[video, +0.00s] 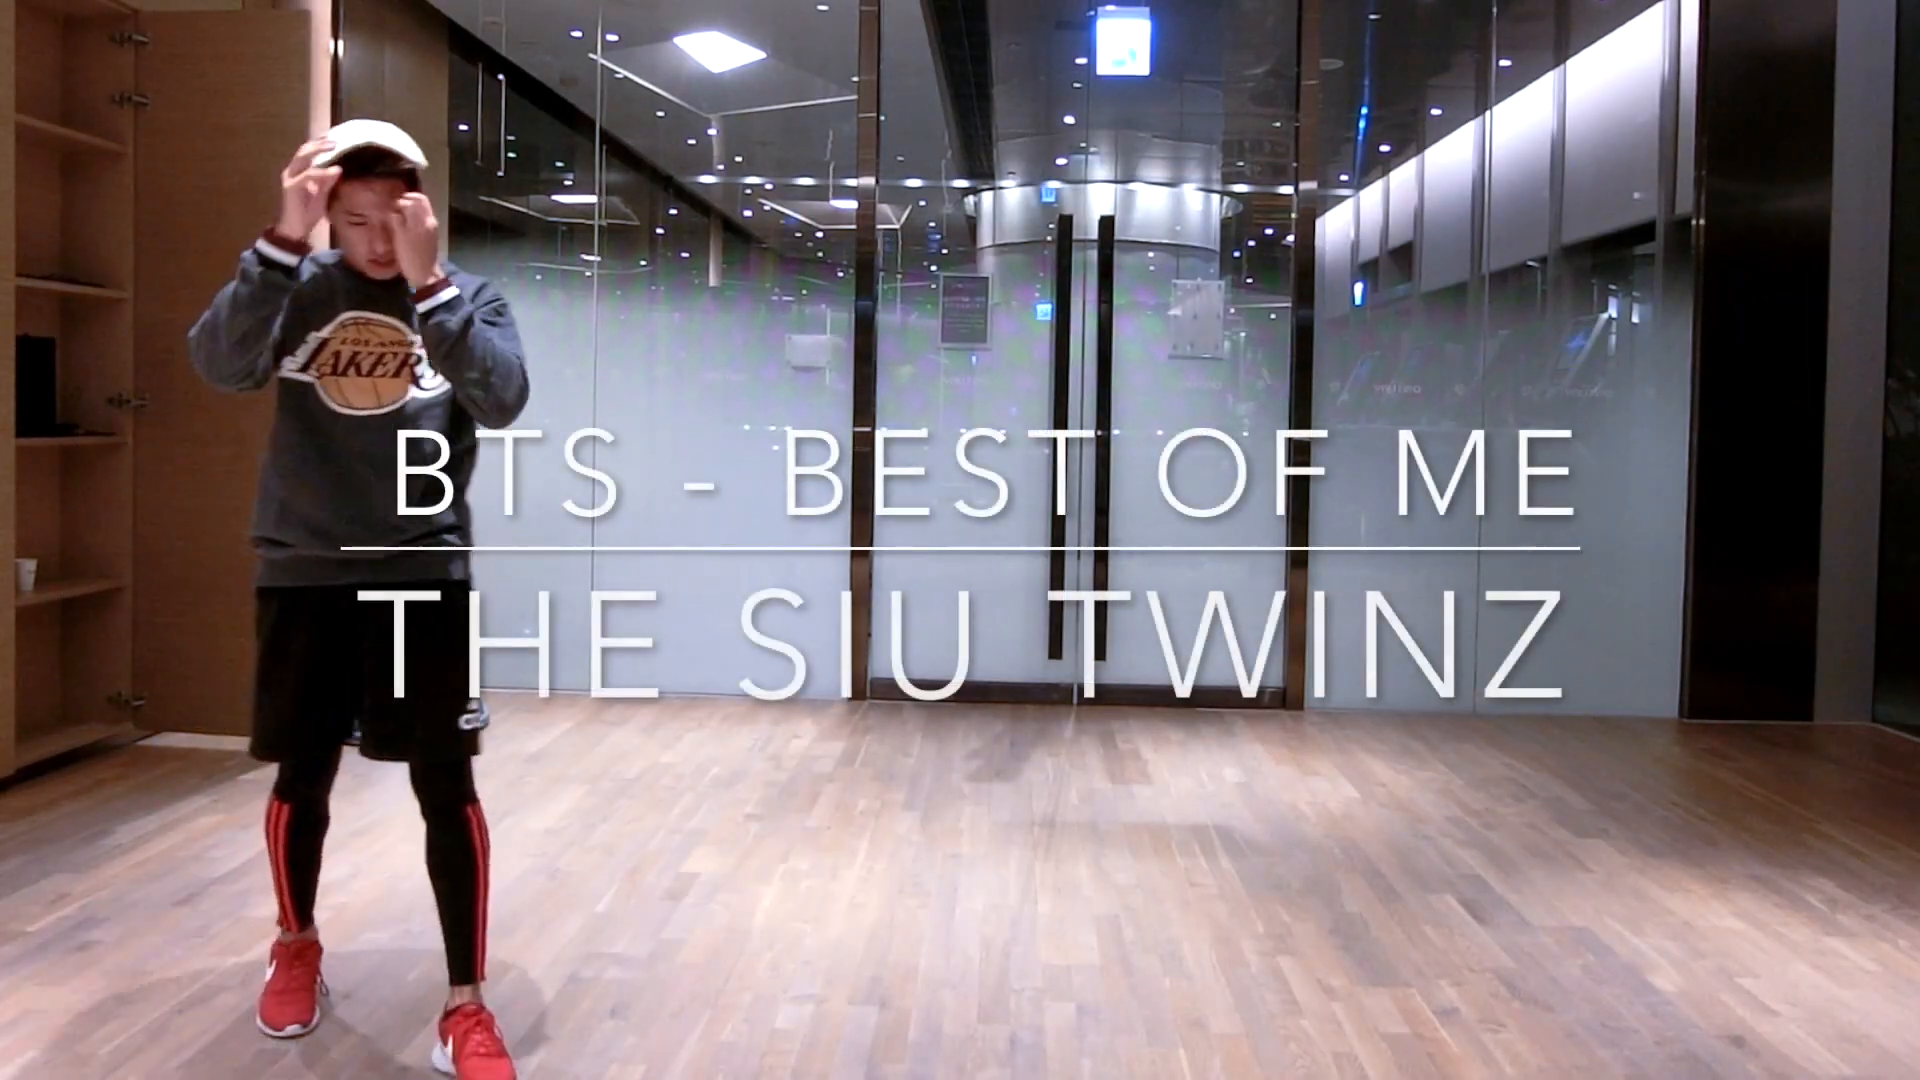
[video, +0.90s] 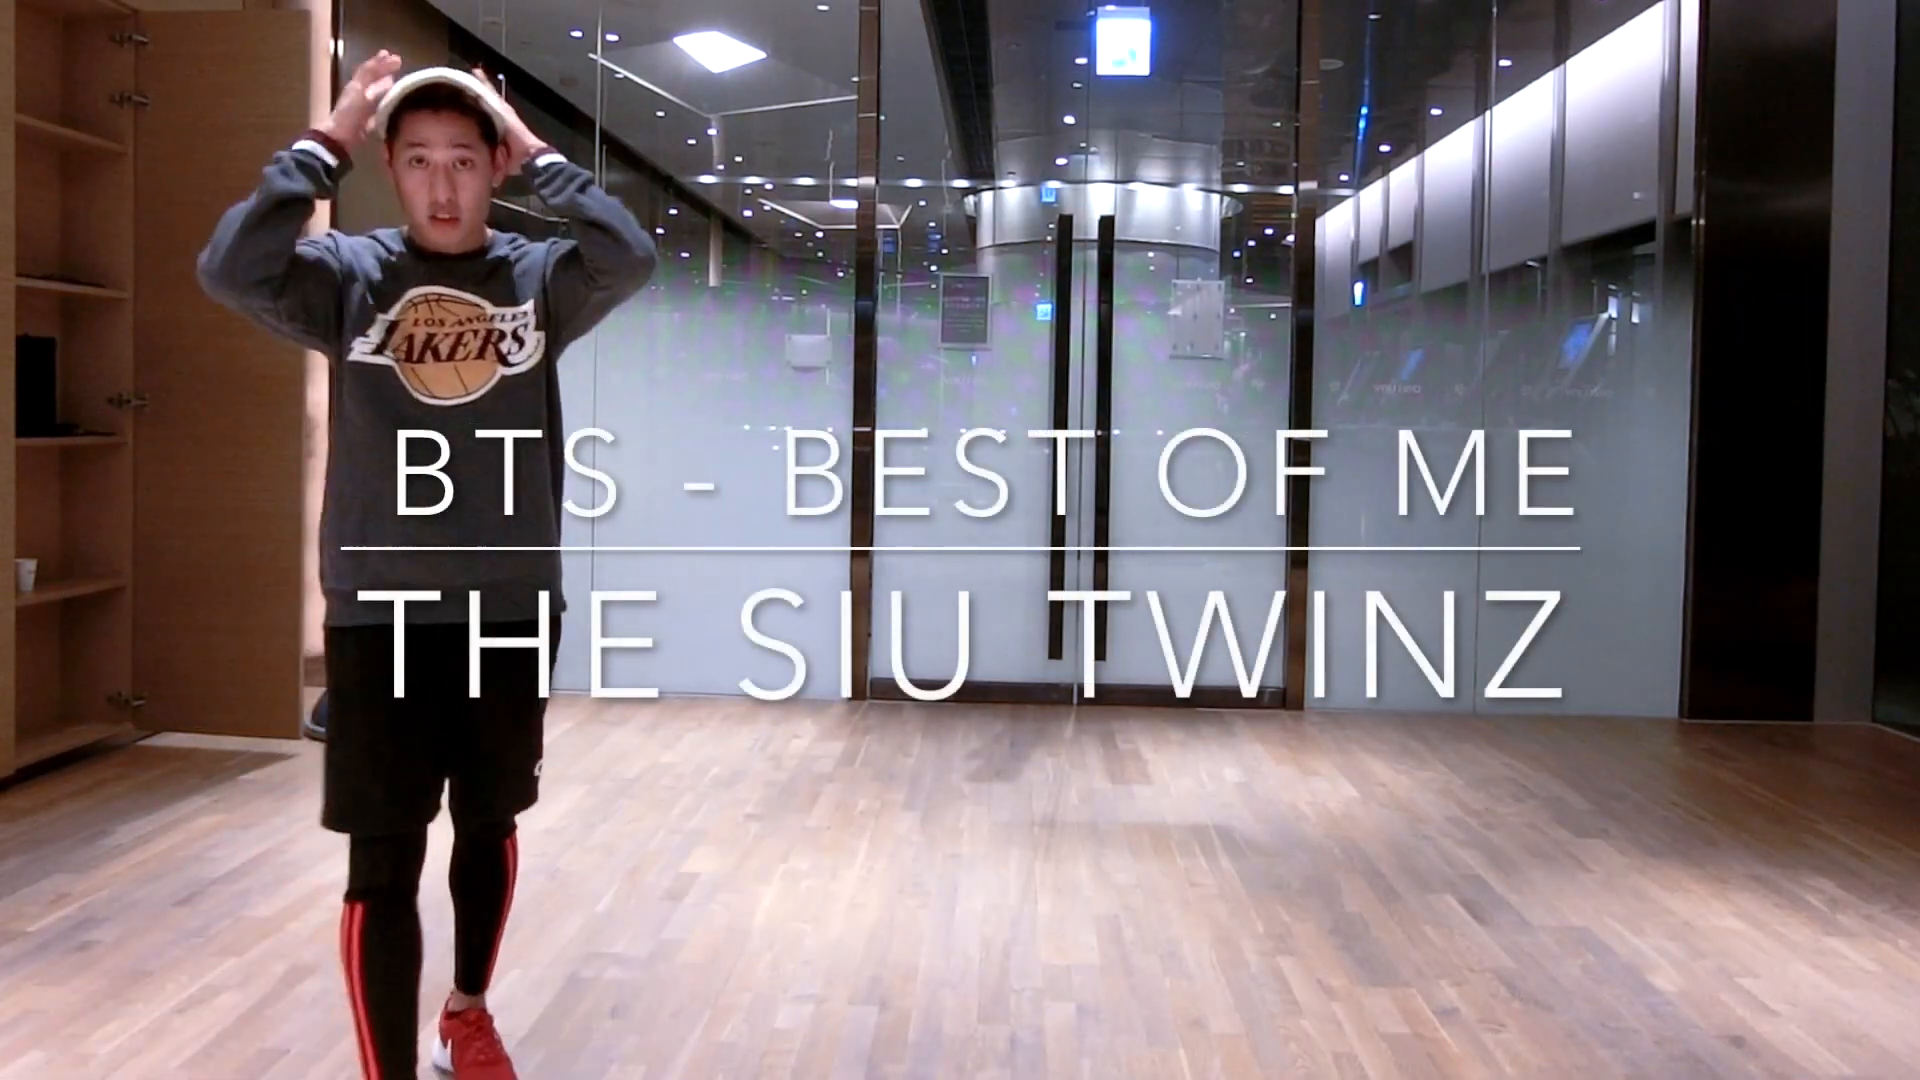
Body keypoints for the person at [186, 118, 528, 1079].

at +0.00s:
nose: (372, 218)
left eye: (391, 200)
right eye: (354, 203)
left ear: (422, 210)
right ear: (324, 213)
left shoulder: (464, 298)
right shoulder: (299, 292)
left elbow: (504, 399)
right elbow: (224, 365)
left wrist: (427, 282)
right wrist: (285, 241)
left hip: (428, 572)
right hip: (310, 570)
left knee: (447, 784)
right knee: (302, 777)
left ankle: (468, 1002)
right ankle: (294, 946)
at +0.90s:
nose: (443, 183)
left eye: (462, 160)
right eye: (420, 161)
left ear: (496, 174)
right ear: (392, 175)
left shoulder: (537, 280)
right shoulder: (354, 276)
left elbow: (629, 254)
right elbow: (233, 269)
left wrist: (533, 163)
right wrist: (328, 140)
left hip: (505, 608)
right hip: (381, 609)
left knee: (490, 828)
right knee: (385, 858)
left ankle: (469, 1010)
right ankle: (391, 1070)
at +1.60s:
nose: (411, 115)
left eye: (435, 96)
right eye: (383, 98)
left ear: (472, 124)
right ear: (346, 123)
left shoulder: (531, 254)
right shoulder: (276, 238)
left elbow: (533, 402)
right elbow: (276, 407)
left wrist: (469, 238)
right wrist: (375, 238)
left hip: (487, 604)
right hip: (330, 615)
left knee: (526, 889)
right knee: (361, 911)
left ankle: (569, 1076)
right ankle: (386, 1076)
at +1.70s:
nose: (409, 119)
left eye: (435, 94)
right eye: (383, 92)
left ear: (476, 112)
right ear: (350, 108)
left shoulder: (532, 246)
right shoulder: (282, 225)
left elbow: (535, 400)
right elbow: (283, 397)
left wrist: (462, 342)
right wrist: (376, 336)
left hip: (487, 590)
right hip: (330, 604)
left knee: (535, 883)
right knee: (360, 906)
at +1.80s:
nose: (406, 97)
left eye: (433, 71)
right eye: (380, 70)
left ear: (480, 94)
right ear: (350, 91)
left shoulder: (545, 253)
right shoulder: (286, 229)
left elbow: (536, 414)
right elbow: (287, 381)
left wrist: (473, 511)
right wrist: (362, 491)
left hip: (494, 602)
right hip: (332, 613)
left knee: (533, 890)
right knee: (360, 904)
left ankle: (573, 1078)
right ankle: (382, 1078)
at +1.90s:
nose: (401, 85)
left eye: (430, 59)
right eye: (377, 58)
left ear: (485, 88)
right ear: (349, 83)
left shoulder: (555, 265)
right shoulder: (296, 251)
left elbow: (567, 477)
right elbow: (282, 465)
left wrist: (556, 672)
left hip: (497, 635)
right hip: (345, 639)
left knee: (528, 942)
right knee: (364, 929)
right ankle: (385, 1079)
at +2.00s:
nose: (406, 72)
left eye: (437, 44)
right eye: (383, 45)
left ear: (497, 76)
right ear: (356, 77)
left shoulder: (579, 268)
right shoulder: (306, 262)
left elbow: (623, 494)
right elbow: (254, 496)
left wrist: (674, 698)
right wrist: (206, 714)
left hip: (508, 674)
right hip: (343, 671)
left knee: (524, 979)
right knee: (368, 947)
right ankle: (385, 1079)